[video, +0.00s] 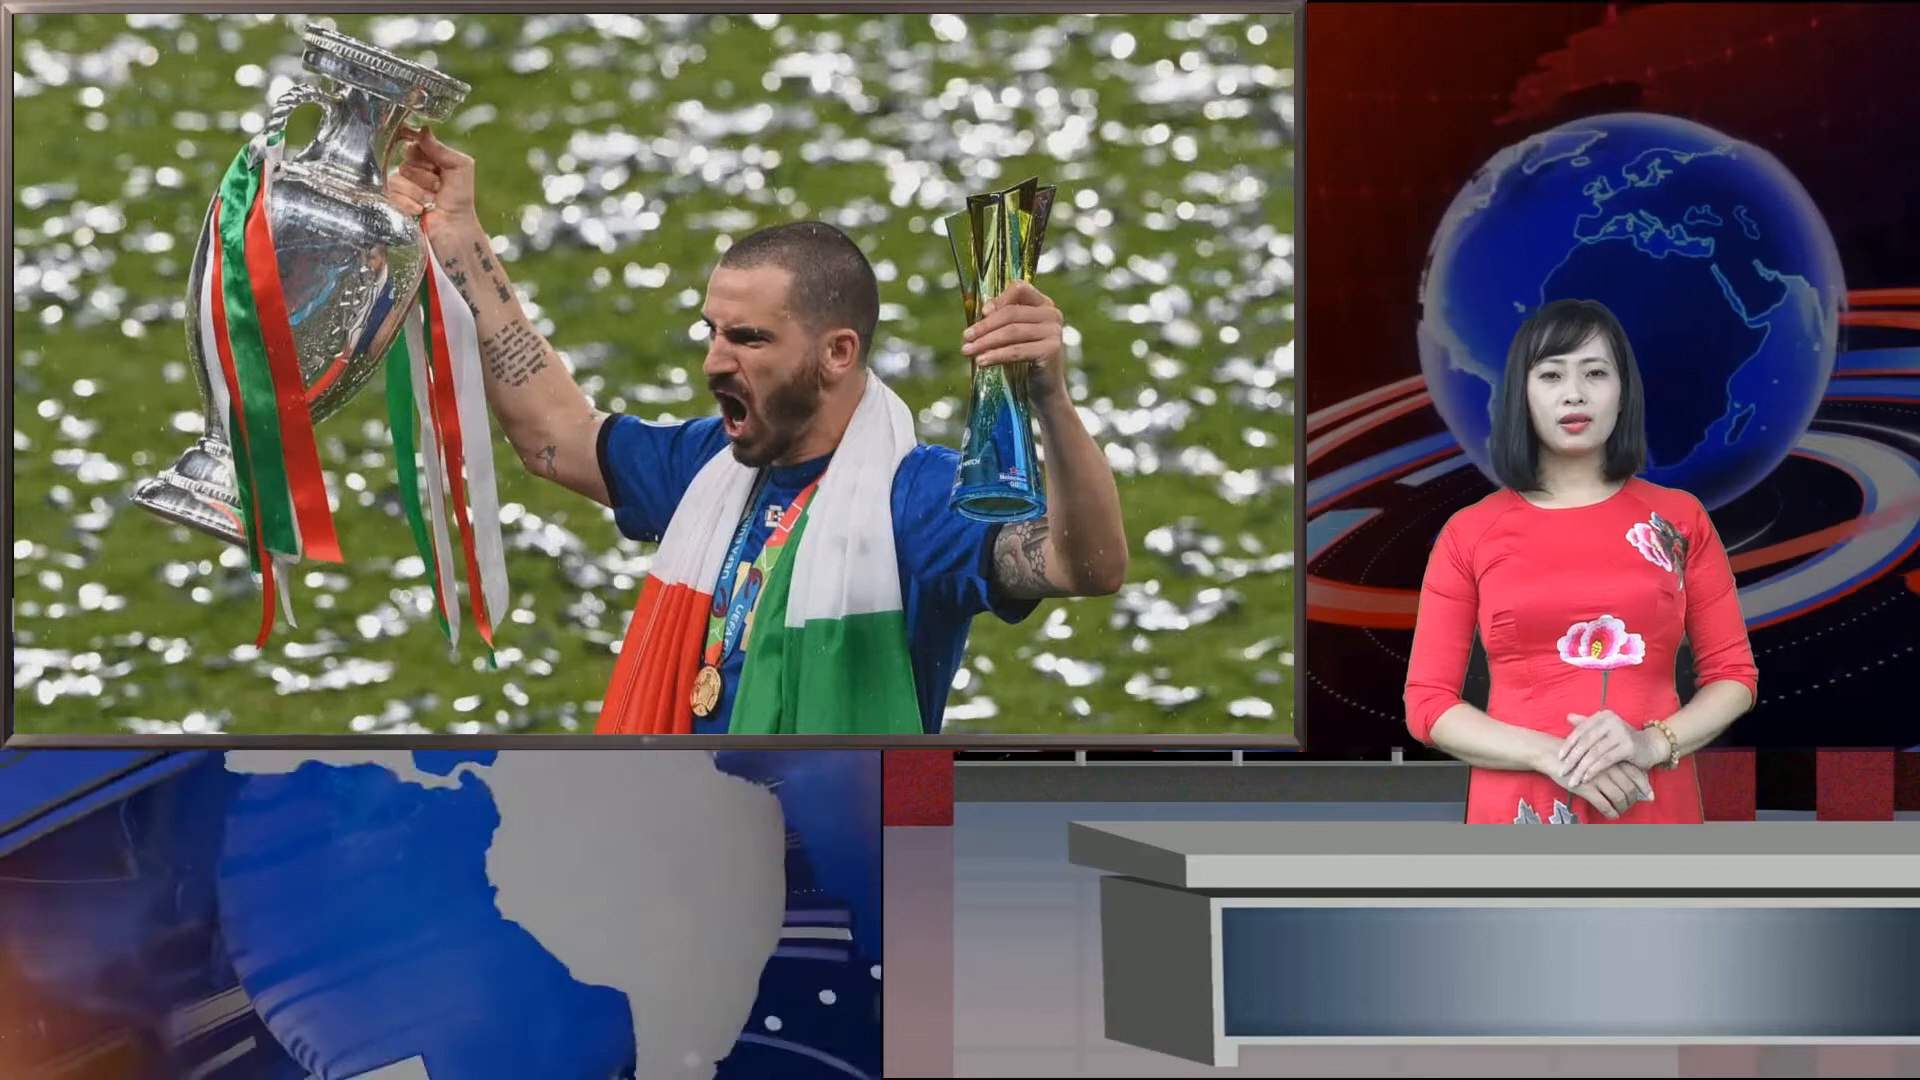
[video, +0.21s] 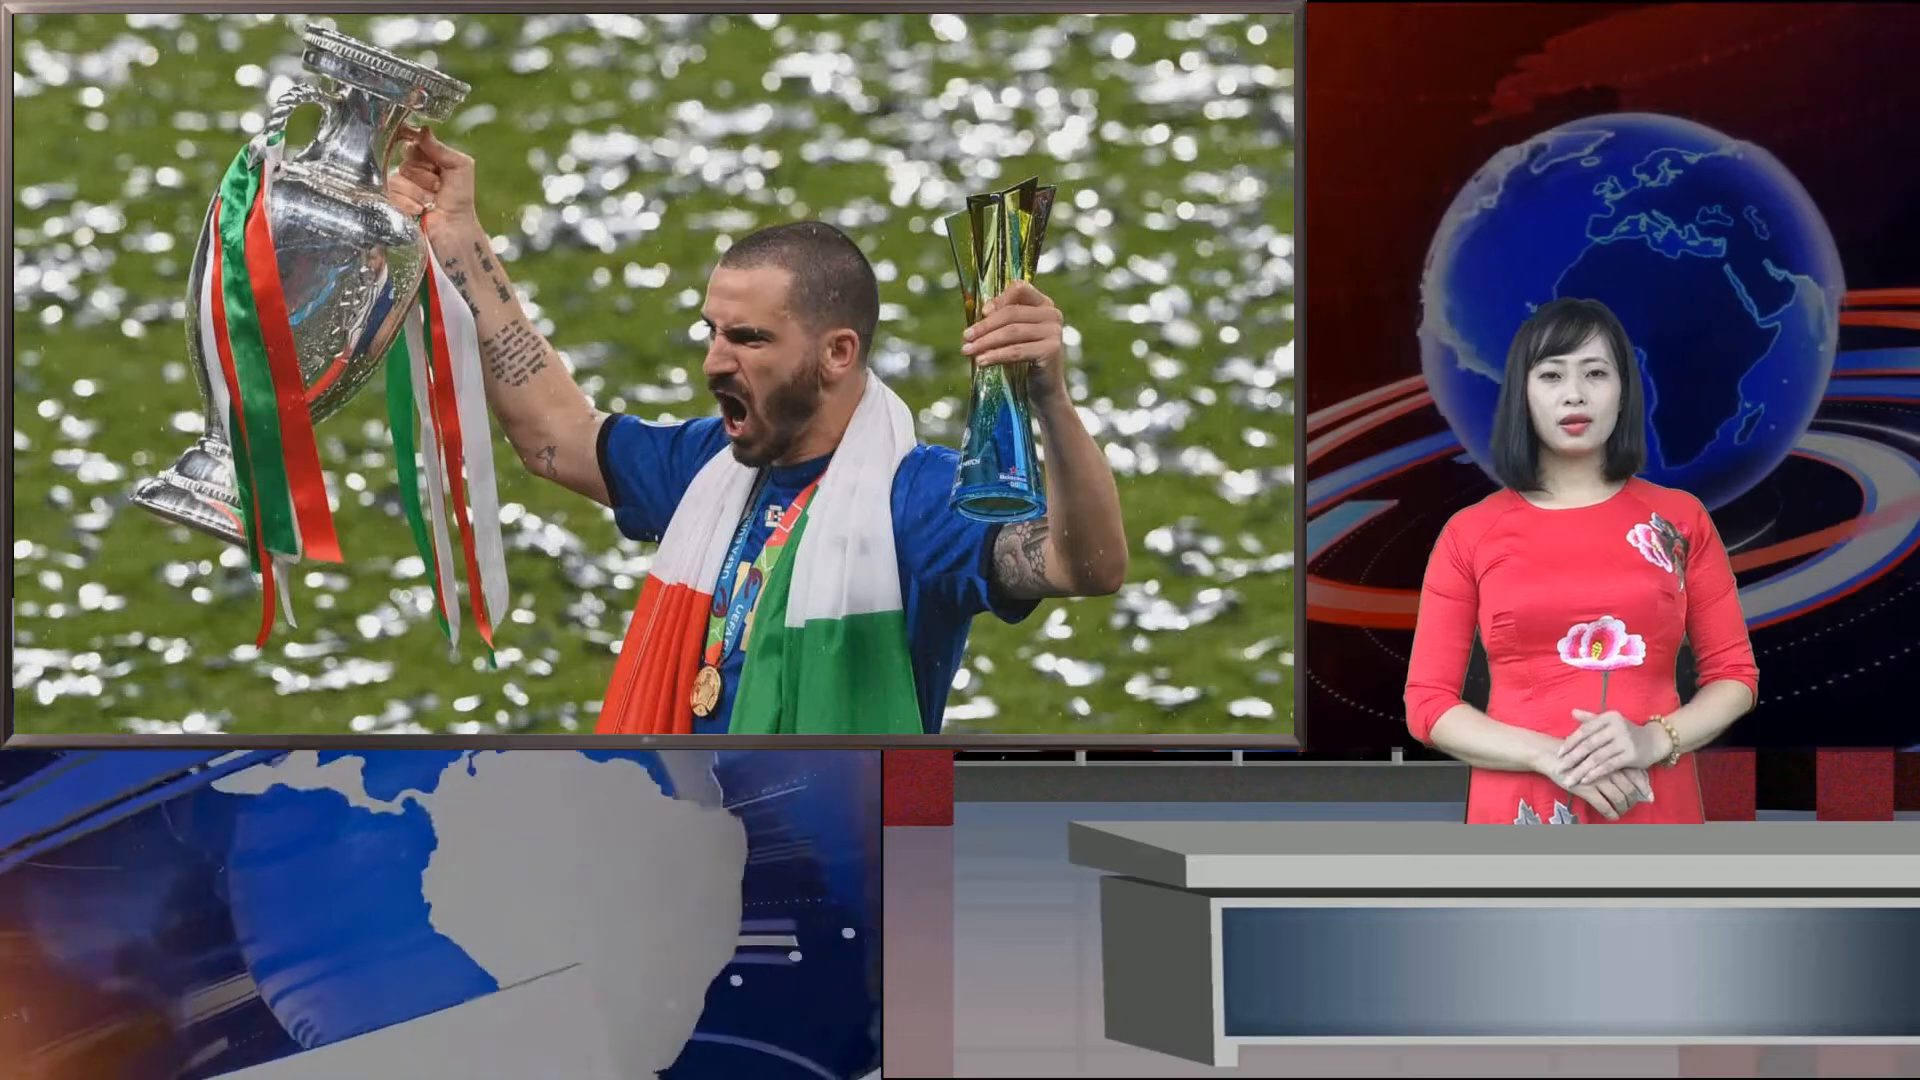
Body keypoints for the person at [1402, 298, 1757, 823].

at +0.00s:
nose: (1574, 393)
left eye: (1595, 373)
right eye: (1551, 375)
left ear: (1623, 391)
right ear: (1522, 393)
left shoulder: (1678, 519)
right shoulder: (1471, 534)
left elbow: (1733, 678)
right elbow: (1428, 704)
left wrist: (1651, 742)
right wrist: (1552, 753)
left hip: (1657, 825)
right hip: (1517, 825)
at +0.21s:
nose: (1574, 393)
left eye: (1595, 374)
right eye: (1552, 375)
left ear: (1623, 392)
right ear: (1523, 394)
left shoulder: (1679, 520)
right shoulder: (1471, 535)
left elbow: (1735, 678)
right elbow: (1428, 703)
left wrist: (1653, 738)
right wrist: (1548, 753)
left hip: (1659, 825)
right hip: (1517, 827)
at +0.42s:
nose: (1575, 395)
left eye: (1596, 375)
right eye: (1552, 376)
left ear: (1623, 392)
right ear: (1523, 394)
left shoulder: (1680, 520)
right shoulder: (1471, 536)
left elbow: (1734, 678)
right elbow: (1429, 704)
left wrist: (1651, 741)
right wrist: (1551, 754)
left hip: (1659, 826)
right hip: (1517, 827)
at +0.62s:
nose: (1576, 395)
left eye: (1597, 375)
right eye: (1554, 376)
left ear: (1625, 392)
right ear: (1525, 394)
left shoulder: (1680, 520)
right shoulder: (1473, 536)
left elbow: (1734, 679)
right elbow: (1430, 704)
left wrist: (1651, 741)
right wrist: (1551, 754)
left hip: (1660, 825)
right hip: (1518, 826)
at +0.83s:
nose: (1577, 392)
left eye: (1598, 373)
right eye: (1555, 375)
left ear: (1625, 391)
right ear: (1526, 393)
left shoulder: (1682, 520)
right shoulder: (1474, 535)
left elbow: (1736, 678)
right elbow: (1430, 703)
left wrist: (1655, 727)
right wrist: (1549, 753)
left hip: (1661, 826)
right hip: (1519, 827)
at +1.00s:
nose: (1577, 393)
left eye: (1598, 374)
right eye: (1555, 375)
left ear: (1626, 392)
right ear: (1527, 393)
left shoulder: (1682, 520)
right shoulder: (1474, 534)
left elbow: (1736, 678)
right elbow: (1430, 703)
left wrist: (1665, 715)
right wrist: (1551, 754)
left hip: (1659, 825)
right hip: (1519, 826)